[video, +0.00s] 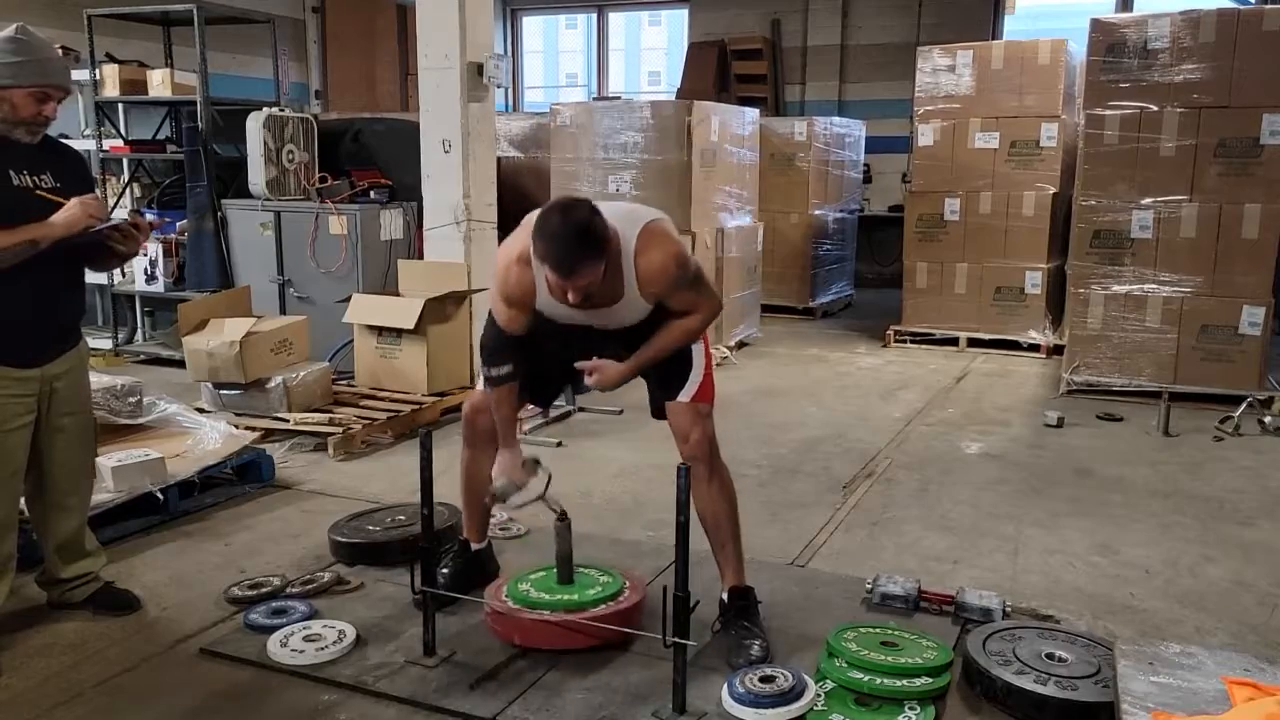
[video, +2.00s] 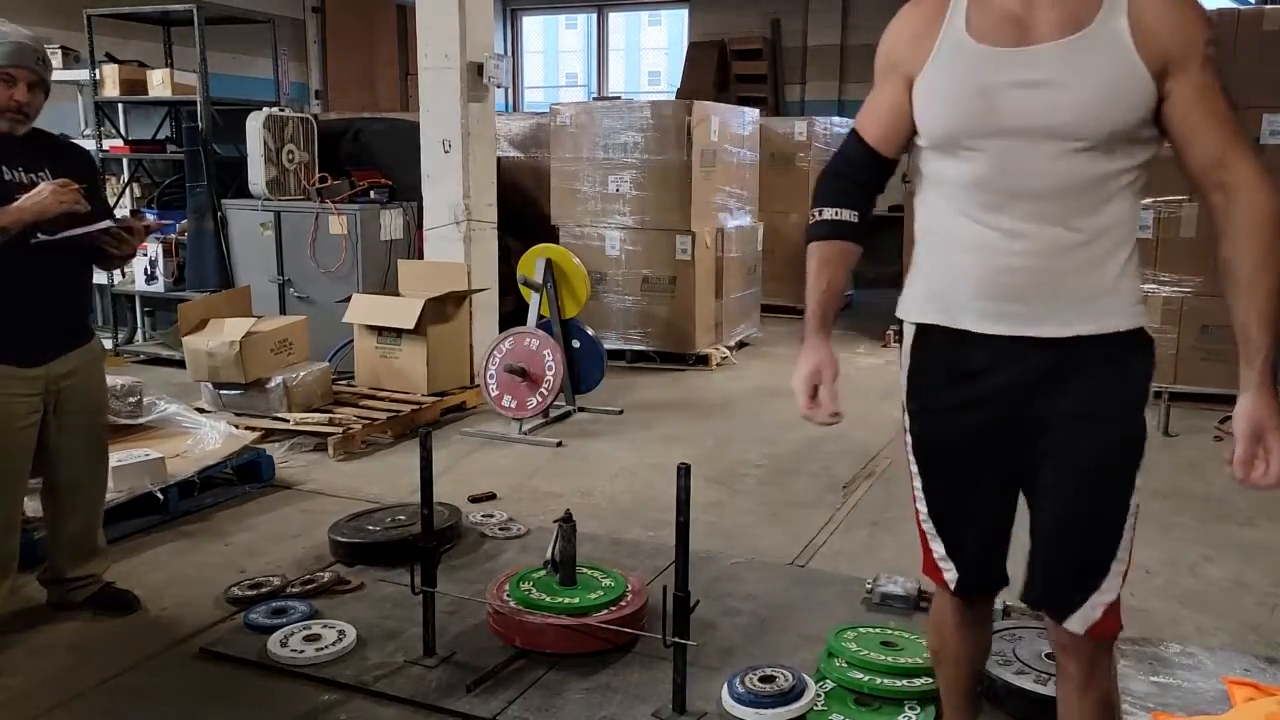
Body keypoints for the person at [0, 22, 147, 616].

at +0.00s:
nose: (52, 110)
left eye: (58, 99)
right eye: (43, 98)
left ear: (58, 96)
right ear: (5, 90)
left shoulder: (67, 161)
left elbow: (78, 253)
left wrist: (117, 249)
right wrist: (49, 228)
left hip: (64, 350)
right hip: (5, 359)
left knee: (68, 475)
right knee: (7, 490)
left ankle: (73, 580)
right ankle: (1, 597)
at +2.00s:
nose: (17, 96)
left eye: (30, 86)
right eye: (6, 82)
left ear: (46, 95)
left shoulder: (73, 160)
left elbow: (102, 245)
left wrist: (123, 247)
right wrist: (24, 211)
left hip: (74, 348)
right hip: (6, 357)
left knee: (81, 474)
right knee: (7, 488)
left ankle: (76, 581)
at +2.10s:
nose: (32, 106)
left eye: (41, 94)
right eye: (19, 93)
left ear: (51, 95)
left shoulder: (76, 159)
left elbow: (107, 241)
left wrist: (121, 248)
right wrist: (22, 210)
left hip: (81, 351)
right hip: (9, 362)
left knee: (86, 474)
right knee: (8, 490)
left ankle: (76, 580)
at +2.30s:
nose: (58, 100)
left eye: (58, 88)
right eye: (51, 90)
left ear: (55, 94)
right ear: (38, 93)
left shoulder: (88, 159)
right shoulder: (74, 162)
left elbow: (108, 248)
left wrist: (120, 246)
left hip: (84, 339)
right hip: (32, 344)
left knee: (86, 468)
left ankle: (76, 582)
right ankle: (62, 581)